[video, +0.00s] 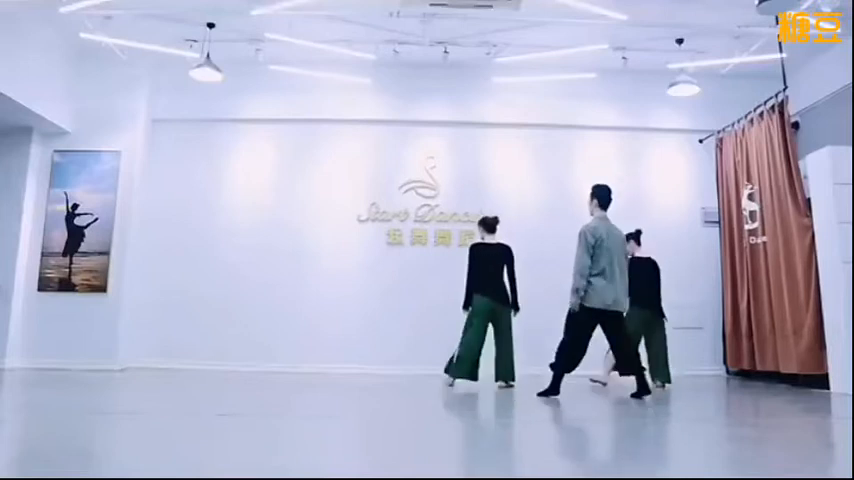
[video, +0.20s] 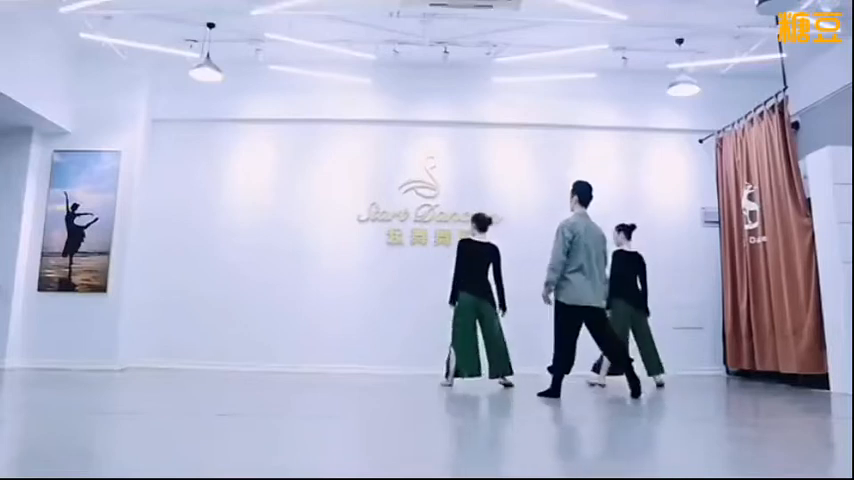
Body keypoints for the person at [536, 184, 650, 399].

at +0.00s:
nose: (588, 204)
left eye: (589, 200)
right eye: (590, 200)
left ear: (594, 201)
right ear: (607, 204)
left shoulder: (589, 230)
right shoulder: (619, 235)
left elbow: (582, 268)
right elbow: (623, 268)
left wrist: (575, 298)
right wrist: (622, 299)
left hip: (591, 299)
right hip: (615, 300)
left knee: (571, 343)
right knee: (623, 344)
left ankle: (554, 385)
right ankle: (641, 383)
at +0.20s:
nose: (569, 199)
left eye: (570, 196)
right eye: (571, 196)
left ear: (574, 198)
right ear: (589, 200)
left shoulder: (567, 226)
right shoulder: (598, 232)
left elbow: (558, 260)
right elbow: (603, 266)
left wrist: (548, 284)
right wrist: (601, 295)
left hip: (569, 295)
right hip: (593, 296)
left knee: (564, 343)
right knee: (607, 340)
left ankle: (555, 387)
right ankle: (631, 377)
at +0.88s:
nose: (540, 196)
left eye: (541, 193)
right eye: (545, 193)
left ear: (542, 195)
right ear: (561, 197)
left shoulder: (534, 225)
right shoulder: (570, 228)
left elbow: (526, 259)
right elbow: (578, 264)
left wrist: (518, 284)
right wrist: (580, 289)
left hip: (543, 296)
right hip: (568, 295)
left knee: (547, 343)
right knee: (587, 338)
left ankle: (554, 387)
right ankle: (610, 375)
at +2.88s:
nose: (536, 201)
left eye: (533, 198)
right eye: (544, 198)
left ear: (532, 200)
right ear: (552, 201)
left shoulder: (526, 229)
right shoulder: (564, 230)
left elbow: (513, 261)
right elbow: (578, 266)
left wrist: (500, 284)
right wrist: (582, 294)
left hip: (538, 298)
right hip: (564, 297)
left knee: (541, 342)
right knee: (576, 338)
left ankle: (552, 387)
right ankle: (599, 372)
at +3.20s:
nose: (526, 224)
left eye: (526, 220)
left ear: (526, 222)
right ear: (545, 222)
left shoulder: (523, 247)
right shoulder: (559, 247)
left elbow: (509, 276)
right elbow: (577, 278)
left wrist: (493, 298)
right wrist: (583, 303)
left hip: (539, 302)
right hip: (564, 301)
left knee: (535, 347)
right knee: (554, 335)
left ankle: (551, 387)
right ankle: (565, 370)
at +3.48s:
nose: (521, 237)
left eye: (521, 234)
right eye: (522, 234)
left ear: (522, 234)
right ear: (540, 233)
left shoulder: (521, 254)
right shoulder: (554, 253)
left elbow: (510, 285)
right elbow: (568, 285)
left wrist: (500, 311)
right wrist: (574, 312)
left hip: (538, 306)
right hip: (563, 305)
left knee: (534, 353)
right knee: (541, 336)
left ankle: (551, 387)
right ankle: (544, 368)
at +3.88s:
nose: (516, 214)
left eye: (515, 211)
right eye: (516, 211)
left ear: (518, 210)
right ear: (534, 209)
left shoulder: (515, 229)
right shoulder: (549, 232)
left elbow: (506, 260)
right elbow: (558, 266)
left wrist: (501, 285)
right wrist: (560, 297)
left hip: (526, 293)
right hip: (549, 293)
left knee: (529, 337)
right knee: (527, 336)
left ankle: (549, 378)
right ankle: (515, 373)